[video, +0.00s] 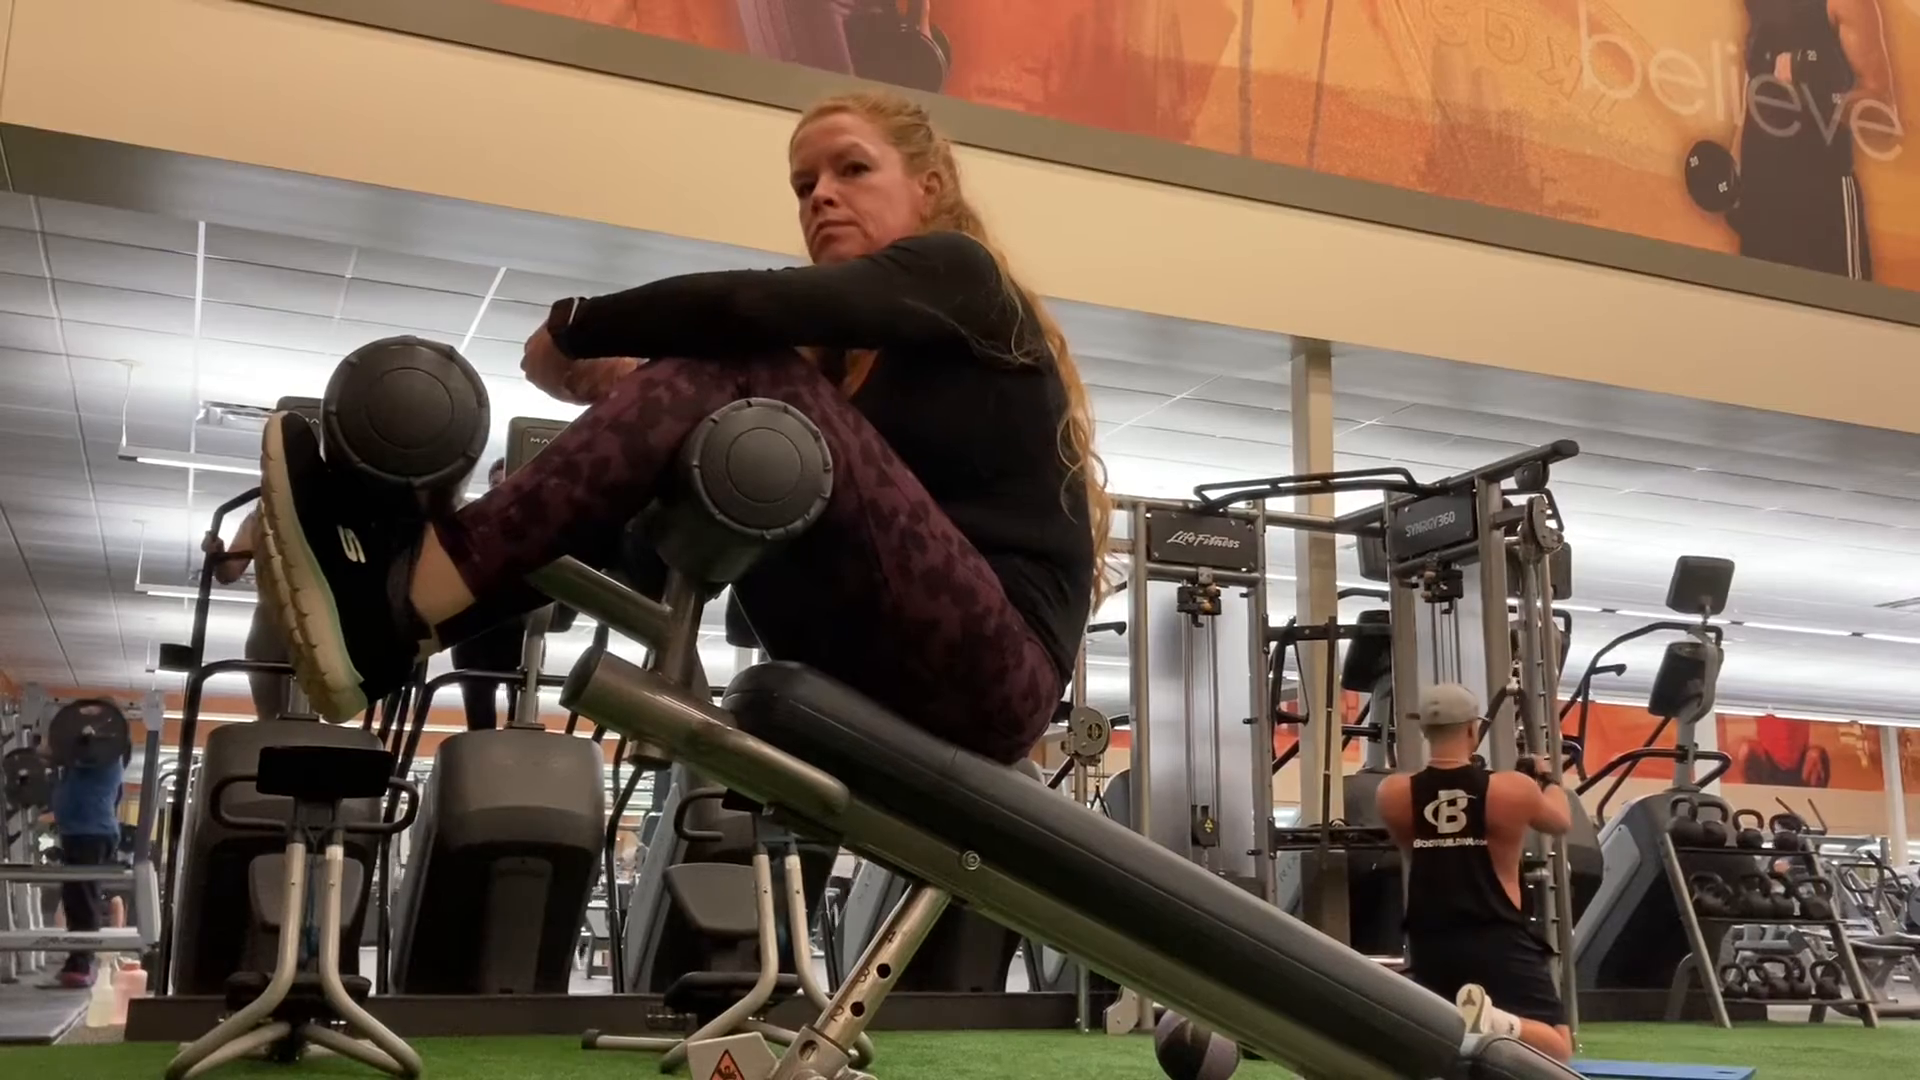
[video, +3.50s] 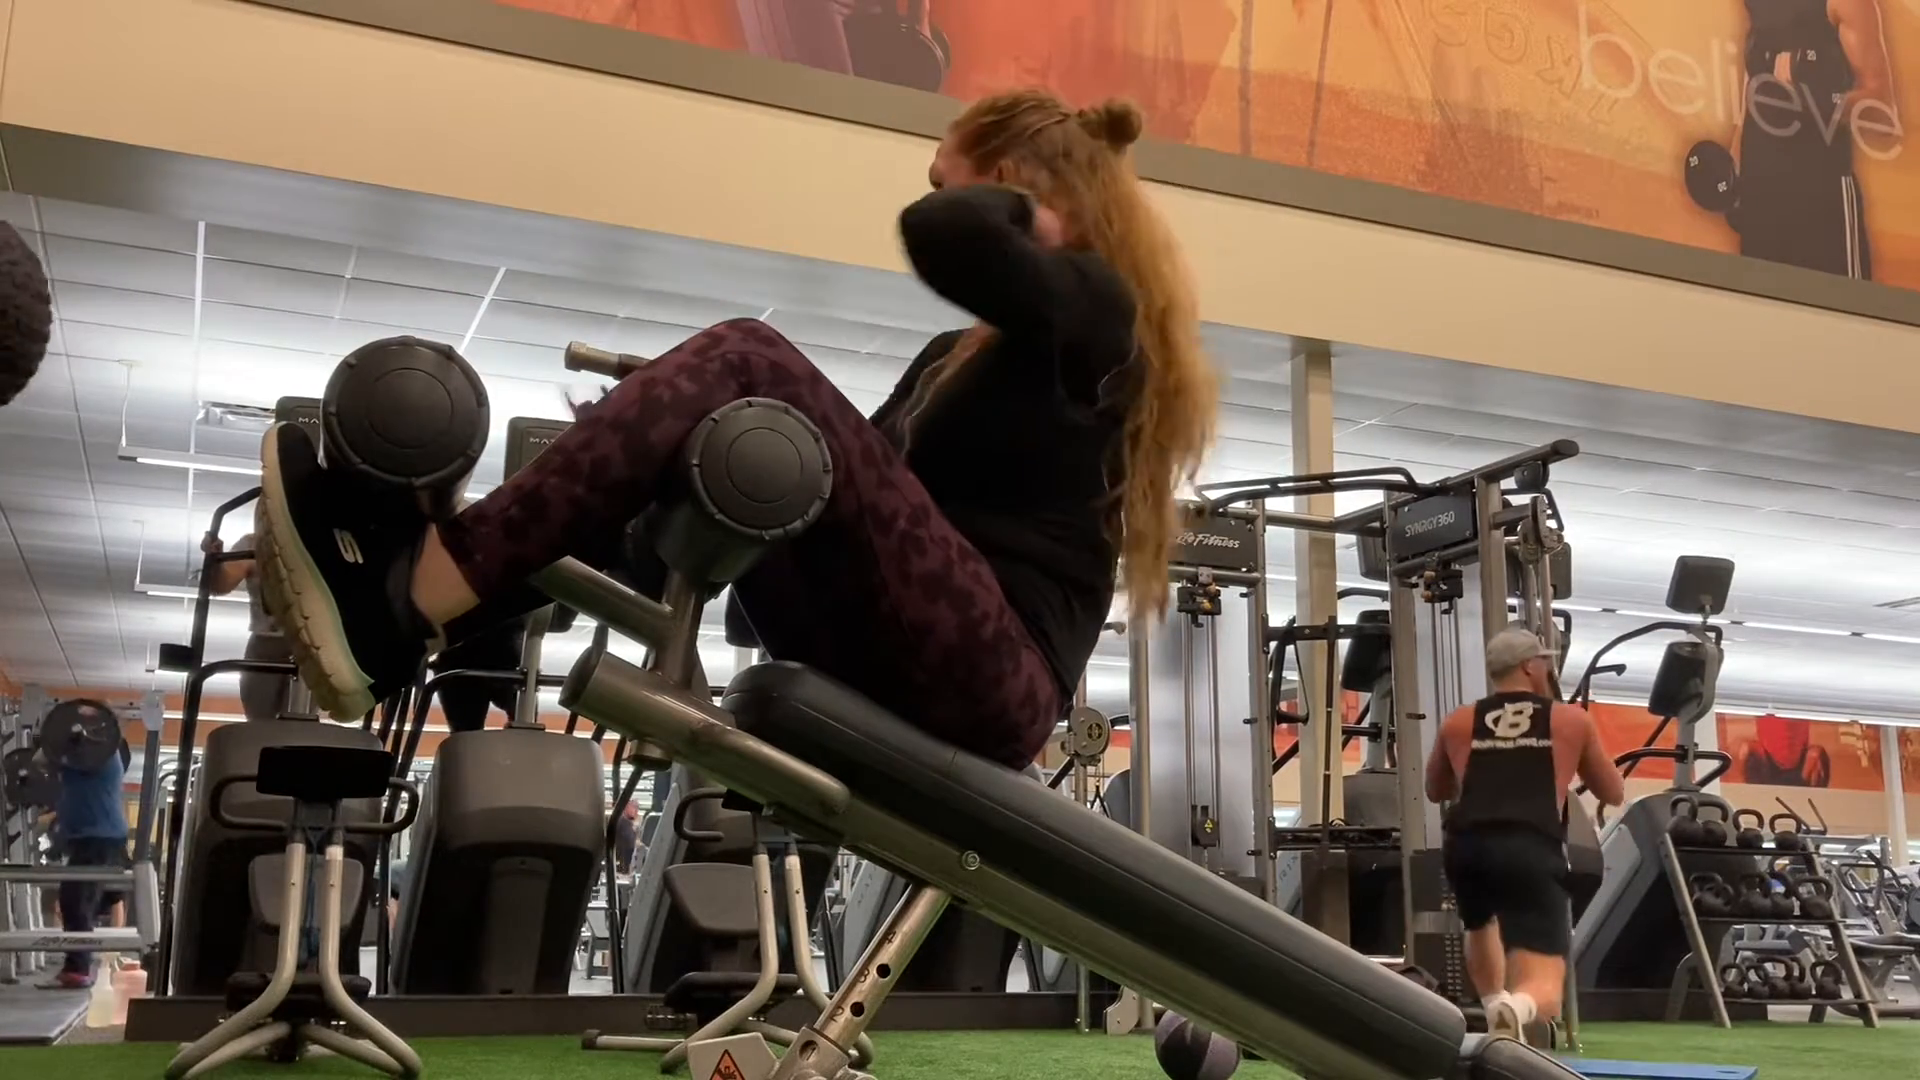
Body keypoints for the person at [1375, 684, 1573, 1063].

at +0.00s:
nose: (1479, 729)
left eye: (1477, 723)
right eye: (1477, 723)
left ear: (1425, 730)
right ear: (1473, 728)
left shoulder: (1393, 795)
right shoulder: (1512, 789)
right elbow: (1559, 820)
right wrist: (1550, 778)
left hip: (1428, 942)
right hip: (1498, 942)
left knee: (1443, 1040)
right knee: (1560, 1046)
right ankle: (1496, 1021)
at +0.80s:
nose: (1460, 743)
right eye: (1459, 736)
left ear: (1402, 746)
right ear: (1456, 741)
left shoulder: (1379, 812)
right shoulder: (1496, 807)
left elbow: (1373, 859)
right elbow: (1555, 860)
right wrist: (1527, 820)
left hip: (1422, 962)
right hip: (1494, 959)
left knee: (1439, 1050)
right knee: (1561, 1048)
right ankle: (1495, 1021)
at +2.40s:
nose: (1532, 721)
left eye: (1530, 712)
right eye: (1527, 712)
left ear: (1475, 722)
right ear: (1508, 719)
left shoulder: (1440, 791)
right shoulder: (1557, 785)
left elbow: (1425, 866)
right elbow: (1603, 852)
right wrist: (1571, 797)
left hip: (1462, 939)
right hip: (1531, 940)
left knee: (1460, 1049)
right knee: (1565, 1051)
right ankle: (1499, 1021)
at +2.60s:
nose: (1556, 709)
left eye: (1554, 701)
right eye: (1553, 701)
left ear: (1500, 709)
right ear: (1539, 707)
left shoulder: (1465, 774)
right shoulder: (1587, 771)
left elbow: (1439, 835)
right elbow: (1622, 838)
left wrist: (1485, 805)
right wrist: (1586, 800)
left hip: (1478, 923)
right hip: (1550, 925)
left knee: (1453, 1029)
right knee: (1565, 1050)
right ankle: (1509, 1019)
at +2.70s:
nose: (1563, 704)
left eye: (1560, 697)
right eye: (1560, 697)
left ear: (1509, 707)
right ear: (1550, 705)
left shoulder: (1477, 769)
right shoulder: (1599, 768)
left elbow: (1441, 832)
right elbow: (1628, 834)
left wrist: (1478, 799)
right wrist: (1586, 801)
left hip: (1487, 906)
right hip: (1558, 916)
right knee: (1566, 1047)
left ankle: (1437, 995)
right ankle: (1511, 1019)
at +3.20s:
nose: (1564, 707)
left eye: (1563, 701)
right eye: (1561, 701)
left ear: (1510, 706)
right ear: (1547, 705)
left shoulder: (1473, 756)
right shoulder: (1591, 763)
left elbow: (1443, 803)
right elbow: (1619, 823)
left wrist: (1487, 793)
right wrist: (1592, 785)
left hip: (1481, 902)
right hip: (1550, 911)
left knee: (1464, 927)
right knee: (1565, 1048)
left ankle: (1492, 1029)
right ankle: (1526, 1018)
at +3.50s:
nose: (1549, 671)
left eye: (1547, 662)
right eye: (1545, 662)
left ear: (1495, 671)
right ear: (1528, 668)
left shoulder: (1458, 722)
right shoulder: (1573, 721)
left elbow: (1437, 789)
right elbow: (1613, 792)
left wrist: (1481, 768)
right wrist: (1582, 764)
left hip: (1467, 848)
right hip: (1531, 849)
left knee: (1478, 922)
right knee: (1542, 986)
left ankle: (1499, 1020)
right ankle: (1509, 1009)